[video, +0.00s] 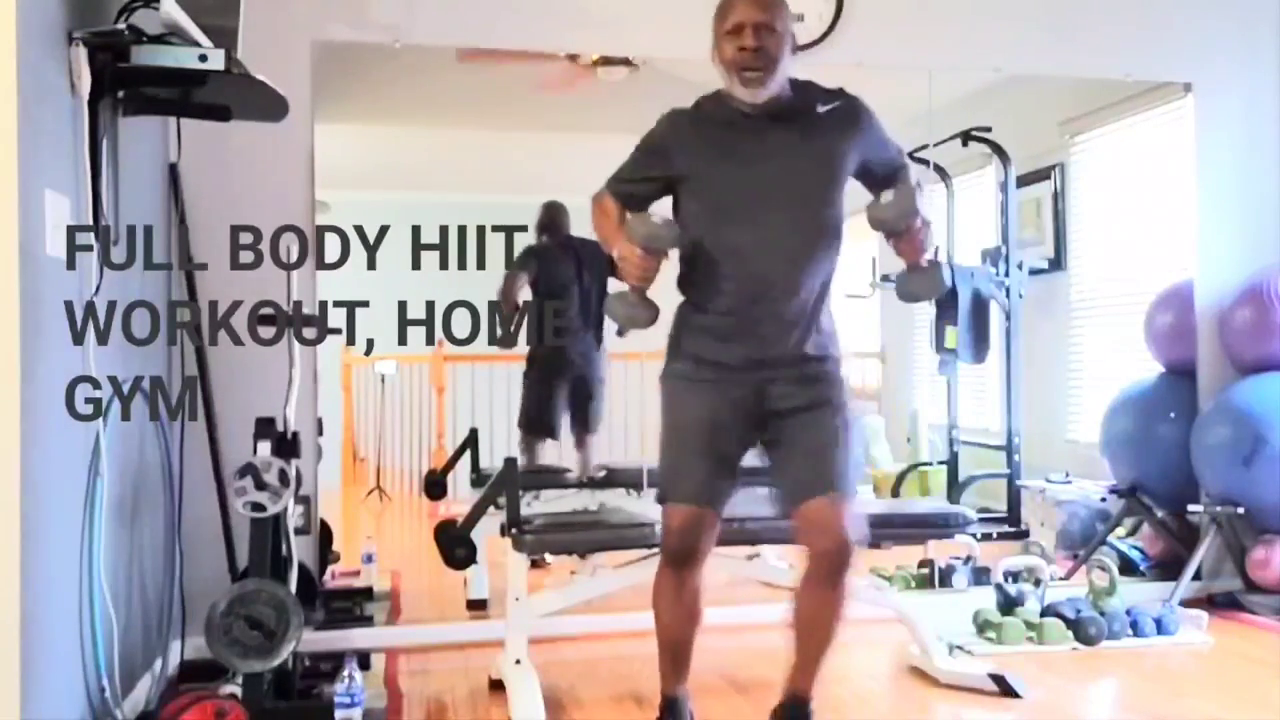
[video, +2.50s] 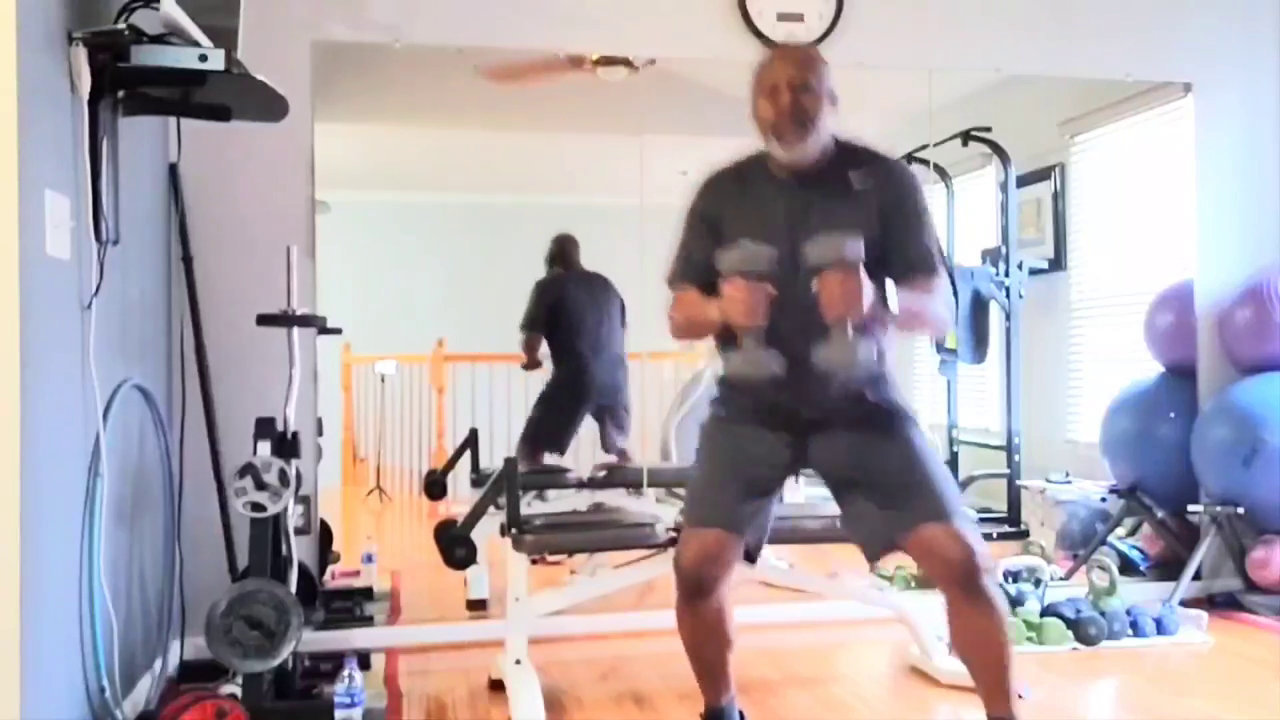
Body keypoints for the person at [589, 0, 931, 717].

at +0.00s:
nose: (750, 42)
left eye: (765, 28)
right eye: (734, 31)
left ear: (793, 39)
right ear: (715, 47)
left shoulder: (843, 119)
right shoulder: (683, 131)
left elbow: (897, 183)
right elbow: (607, 203)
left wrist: (909, 232)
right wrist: (621, 249)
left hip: (806, 365)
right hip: (706, 366)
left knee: (831, 543)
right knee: (683, 539)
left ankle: (796, 702)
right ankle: (674, 704)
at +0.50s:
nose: (688, 104)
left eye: (701, 93)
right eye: (674, 92)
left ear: (724, 106)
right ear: (652, 105)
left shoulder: (767, 193)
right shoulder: (609, 194)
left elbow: (810, 315)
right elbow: (568, 318)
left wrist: (769, 289)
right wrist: (638, 290)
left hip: (737, 413)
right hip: (628, 412)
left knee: (832, 558)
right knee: (542, 563)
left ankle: (794, 709)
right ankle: (495, 713)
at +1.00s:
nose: (568, 32)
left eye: (586, 16)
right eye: (553, 18)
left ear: (615, 25)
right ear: (533, 29)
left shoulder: (662, 116)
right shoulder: (494, 116)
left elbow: (715, 210)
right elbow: (437, 205)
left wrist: (742, 247)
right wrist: (417, 245)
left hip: (617, 366)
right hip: (509, 364)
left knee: (661, 552)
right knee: (484, 554)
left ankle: (637, 710)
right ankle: (485, 712)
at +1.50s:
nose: (597, 111)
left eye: (611, 97)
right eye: (582, 99)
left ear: (639, 108)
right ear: (563, 113)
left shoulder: (692, 201)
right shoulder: (524, 201)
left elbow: (741, 327)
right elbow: (473, 318)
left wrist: (693, 313)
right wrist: (520, 318)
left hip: (667, 431)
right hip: (548, 432)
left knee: (768, 568)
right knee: (480, 586)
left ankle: (799, 714)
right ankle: (485, 716)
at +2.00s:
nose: (716, 31)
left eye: (732, 17)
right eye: (700, 19)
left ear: (761, 29)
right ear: (682, 33)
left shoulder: (812, 120)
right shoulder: (644, 123)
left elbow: (874, 207)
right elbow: (600, 229)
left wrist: (881, 236)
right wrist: (581, 255)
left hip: (781, 366)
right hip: (675, 366)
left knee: (803, 556)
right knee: (639, 551)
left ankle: (808, 713)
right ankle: (685, 689)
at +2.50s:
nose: (786, 104)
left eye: (802, 90)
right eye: (771, 92)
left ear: (830, 99)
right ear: (754, 103)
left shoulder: (884, 183)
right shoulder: (723, 193)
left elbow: (934, 310)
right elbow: (681, 313)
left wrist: (877, 301)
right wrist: (721, 308)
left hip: (859, 411)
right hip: (750, 411)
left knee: (960, 561)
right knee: (698, 569)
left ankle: (1003, 714)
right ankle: (719, 709)